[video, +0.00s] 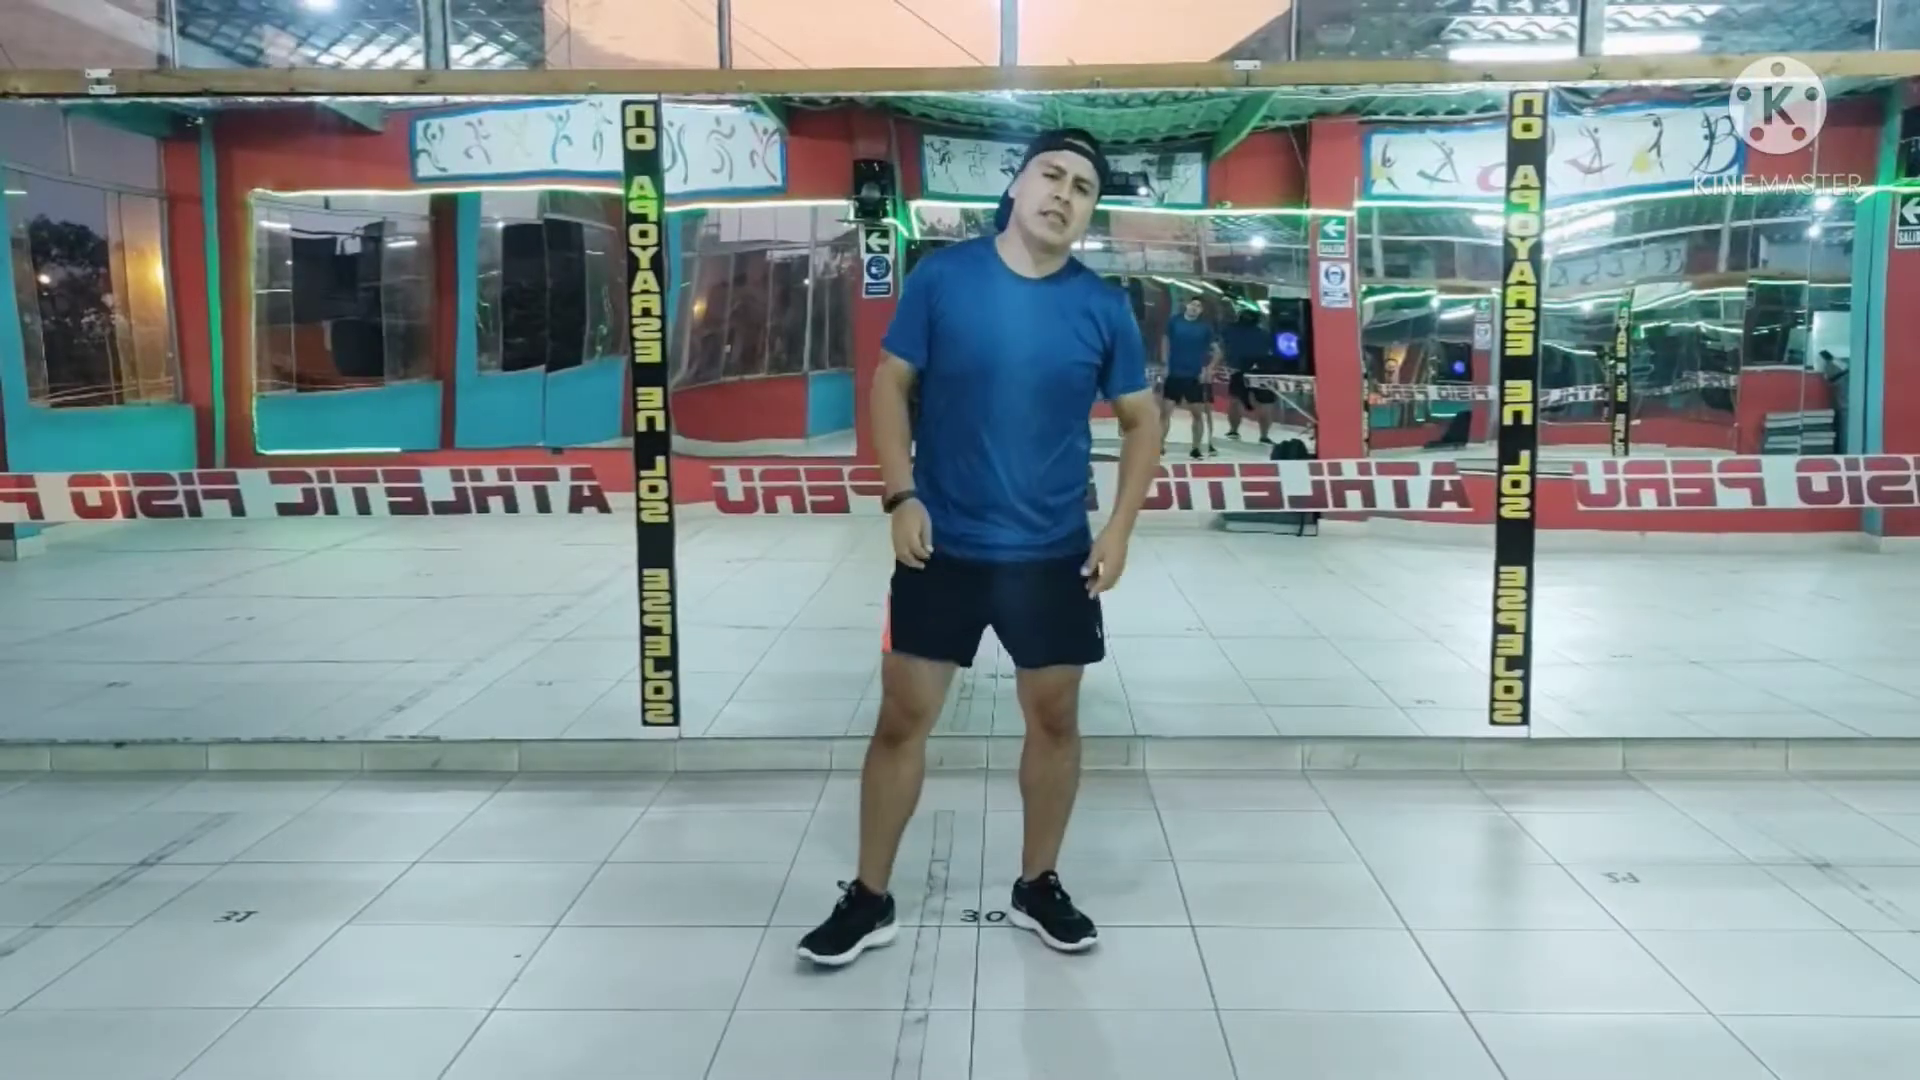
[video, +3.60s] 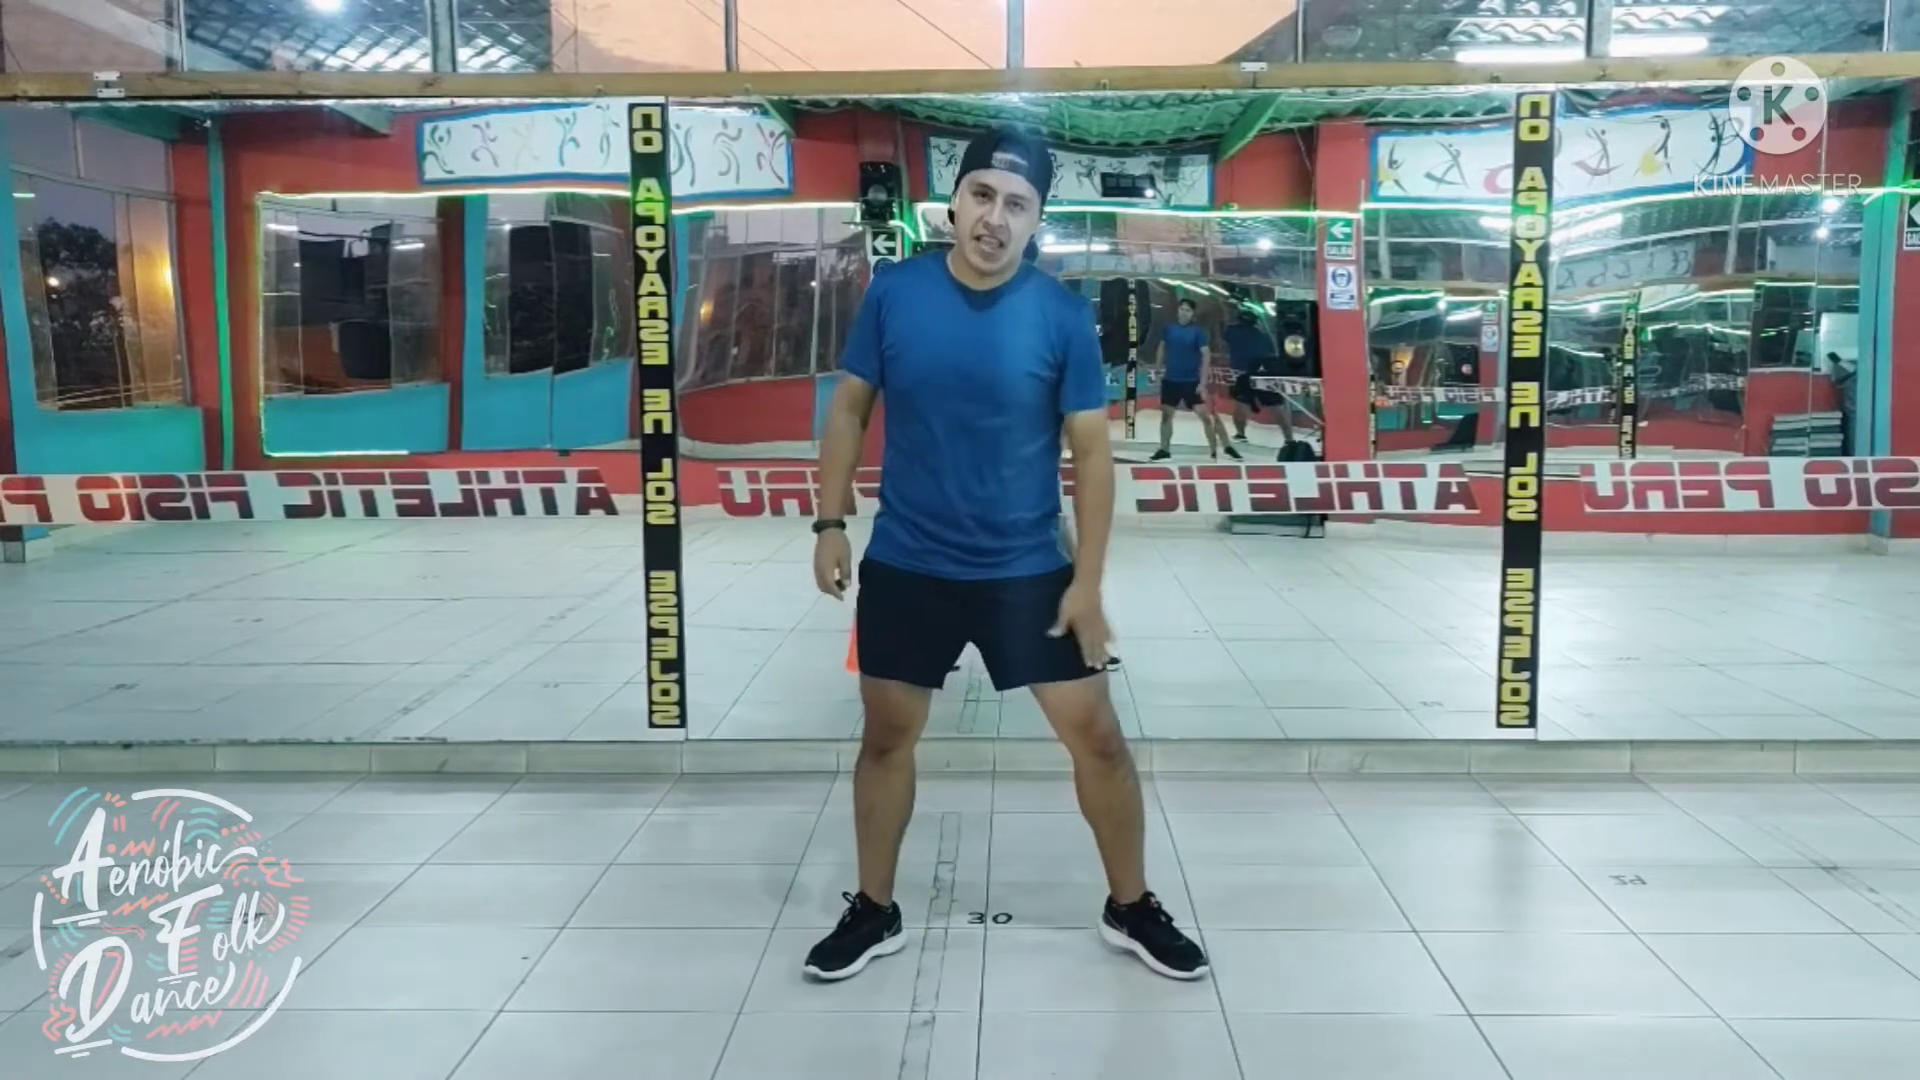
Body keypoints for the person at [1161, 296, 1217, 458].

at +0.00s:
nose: (1194, 308)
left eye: (1197, 306)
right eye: (1192, 305)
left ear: (1201, 310)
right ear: (1186, 306)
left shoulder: (1205, 327)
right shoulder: (1174, 322)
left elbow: (1217, 351)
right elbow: (1166, 341)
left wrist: (1209, 369)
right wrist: (1165, 365)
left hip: (1194, 375)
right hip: (1174, 372)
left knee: (1197, 413)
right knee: (1165, 410)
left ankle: (1196, 447)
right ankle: (1160, 443)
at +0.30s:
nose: (1178, 308)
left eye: (1181, 305)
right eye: (1175, 304)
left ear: (1186, 309)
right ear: (1171, 307)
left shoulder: (1192, 328)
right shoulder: (1162, 327)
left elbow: (1202, 350)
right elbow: (1154, 345)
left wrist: (1190, 359)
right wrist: (1152, 364)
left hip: (1188, 376)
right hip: (1168, 375)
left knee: (1199, 411)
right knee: (1163, 411)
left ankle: (1201, 445)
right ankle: (1158, 446)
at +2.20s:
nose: (1182, 309)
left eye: (1186, 306)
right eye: (1180, 305)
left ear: (1191, 310)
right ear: (1175, 308)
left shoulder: (1198, 328)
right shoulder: (1168, 327)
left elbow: (1204, 350)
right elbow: (1162, 348)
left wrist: (1190, 343)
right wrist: (1157, 368)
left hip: (1192, 379)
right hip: (1172, 378)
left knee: (1203, 415)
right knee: (1166, 415)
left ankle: (1211, 450)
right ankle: (1162, 448)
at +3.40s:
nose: (1184, 312)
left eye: (1188, 309)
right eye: (1182, 308)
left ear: (1193, 313)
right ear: (1178, 310)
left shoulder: (1199, 330)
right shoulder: (1169, 328)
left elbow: (1206, 349)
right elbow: (1162, 347)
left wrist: (1202, 364)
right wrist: (1160, 367)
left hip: (1193, 379)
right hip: (1173, 378)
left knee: (1204, 415)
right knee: (1167, 414)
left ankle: (1214, 450)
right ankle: (1164, 448)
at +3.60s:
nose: (1184, 313)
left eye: (1188, 311)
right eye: (1182, 310)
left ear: (1193, 314)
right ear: (1177, 311)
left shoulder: (1198, 332)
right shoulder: (1169, 329)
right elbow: (1161, 347)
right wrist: (1158, 368)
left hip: (1191, 381)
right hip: (1171, 380)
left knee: (1205, 415)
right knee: (1166, 415)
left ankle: (1220, 448)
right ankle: (1164, 448)